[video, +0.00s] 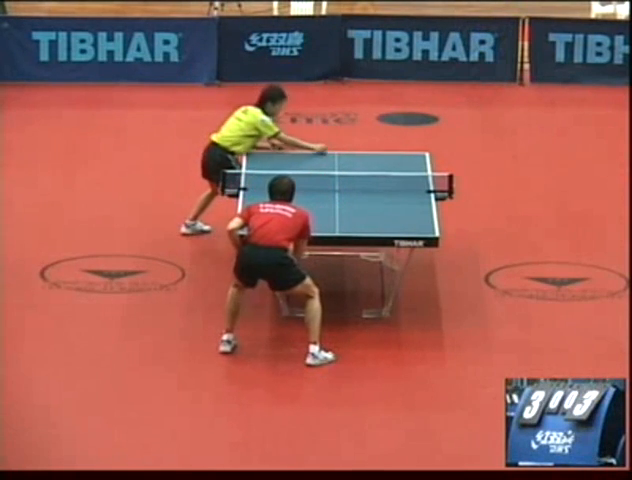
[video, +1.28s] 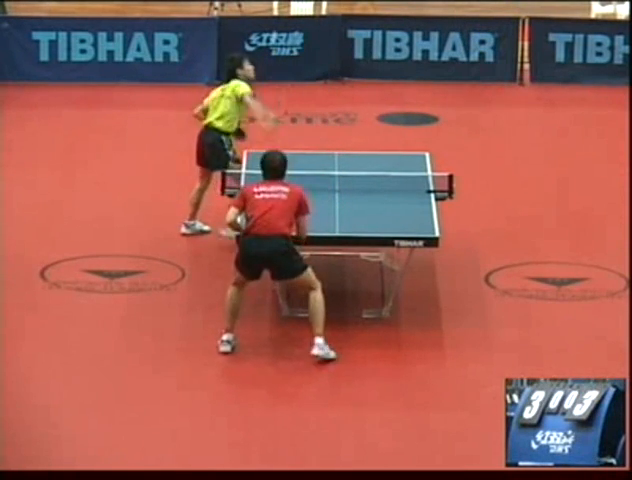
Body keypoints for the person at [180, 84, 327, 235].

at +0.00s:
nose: (281, 110)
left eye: (282, 106)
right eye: (280, 106)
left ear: (264, 102)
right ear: (270, 104)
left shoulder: (245, 110)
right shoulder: (260, 119)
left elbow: (246, 142)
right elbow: (284, 140)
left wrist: (269, 145)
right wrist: (313, 147)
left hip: (213, 149)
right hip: (224, 155)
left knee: (214, 190)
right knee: (245, 191)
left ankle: (191, 222)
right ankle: (244, 227)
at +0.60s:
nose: (272, 91)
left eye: (271, 88)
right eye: (269, 88)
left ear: (253, 90)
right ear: (260, 91)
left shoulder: (238, 103)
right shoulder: (261, 108)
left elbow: (246, 132)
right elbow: (289, 117)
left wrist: (269, 134)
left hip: (215, 144)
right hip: (229, 151)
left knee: (212, 188)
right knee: (241, 190)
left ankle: (191, 221)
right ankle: (244, 227)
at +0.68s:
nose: (267, 85)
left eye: (265, 81)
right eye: (263, 82)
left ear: (247, 86)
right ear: (254, 86)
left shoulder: (234, 100)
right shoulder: (257, 102)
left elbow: (244, 129)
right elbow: (288, 96)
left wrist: (269, 126)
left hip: (213, 144)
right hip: (228, 149)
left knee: (211, 187)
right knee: (244, 188)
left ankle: (191, 222)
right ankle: (245, 227)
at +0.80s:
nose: (256, 76)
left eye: (254, 72)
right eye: (252, 73)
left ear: (238, 79)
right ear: (243, 78)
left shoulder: (228, 96)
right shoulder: (247, 93)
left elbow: (240, 125)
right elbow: (275, 76)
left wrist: (265, 116)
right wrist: (297, 57)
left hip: (211, 142)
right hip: (225, 146)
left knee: (210, 185)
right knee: (246, 183)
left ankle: (191, 221)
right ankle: (248, 224)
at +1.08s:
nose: (244, 67)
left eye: (242, 63)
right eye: (240, 64)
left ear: (228, 70)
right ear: (231, 69)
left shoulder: (218, 89)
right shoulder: (234, 84)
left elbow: (225, 122)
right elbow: (263, 77)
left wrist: (251, 116)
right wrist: (288, 64)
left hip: (205, 135)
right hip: (218, 138)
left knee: (205, 183)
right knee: (235, 180)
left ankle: (190, 221)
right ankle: (242, 223)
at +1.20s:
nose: (248, 67)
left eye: (246, 63)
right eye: (244, 64)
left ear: (231, 70)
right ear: (234, 69)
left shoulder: (217, 90)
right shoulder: (234, 83)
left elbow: (212, 114)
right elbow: (252, 90)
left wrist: (237, 125)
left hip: (205, 133)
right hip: (219, 135)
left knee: (204, 181)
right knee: (235, 176)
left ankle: (191, 221)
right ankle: (241, 219)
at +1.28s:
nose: (253, 68)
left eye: (251, 65)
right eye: (249, 65)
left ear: (235, 71)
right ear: (239, 70)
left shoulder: (221, 89)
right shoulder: (241, 86)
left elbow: (198, 111)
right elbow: (251, 102)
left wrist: (219, 122)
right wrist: (265, 118)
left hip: (206, 133)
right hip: (222, 136)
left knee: (204, 180)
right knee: (236, 176)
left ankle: (191, 221)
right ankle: (240, 220)